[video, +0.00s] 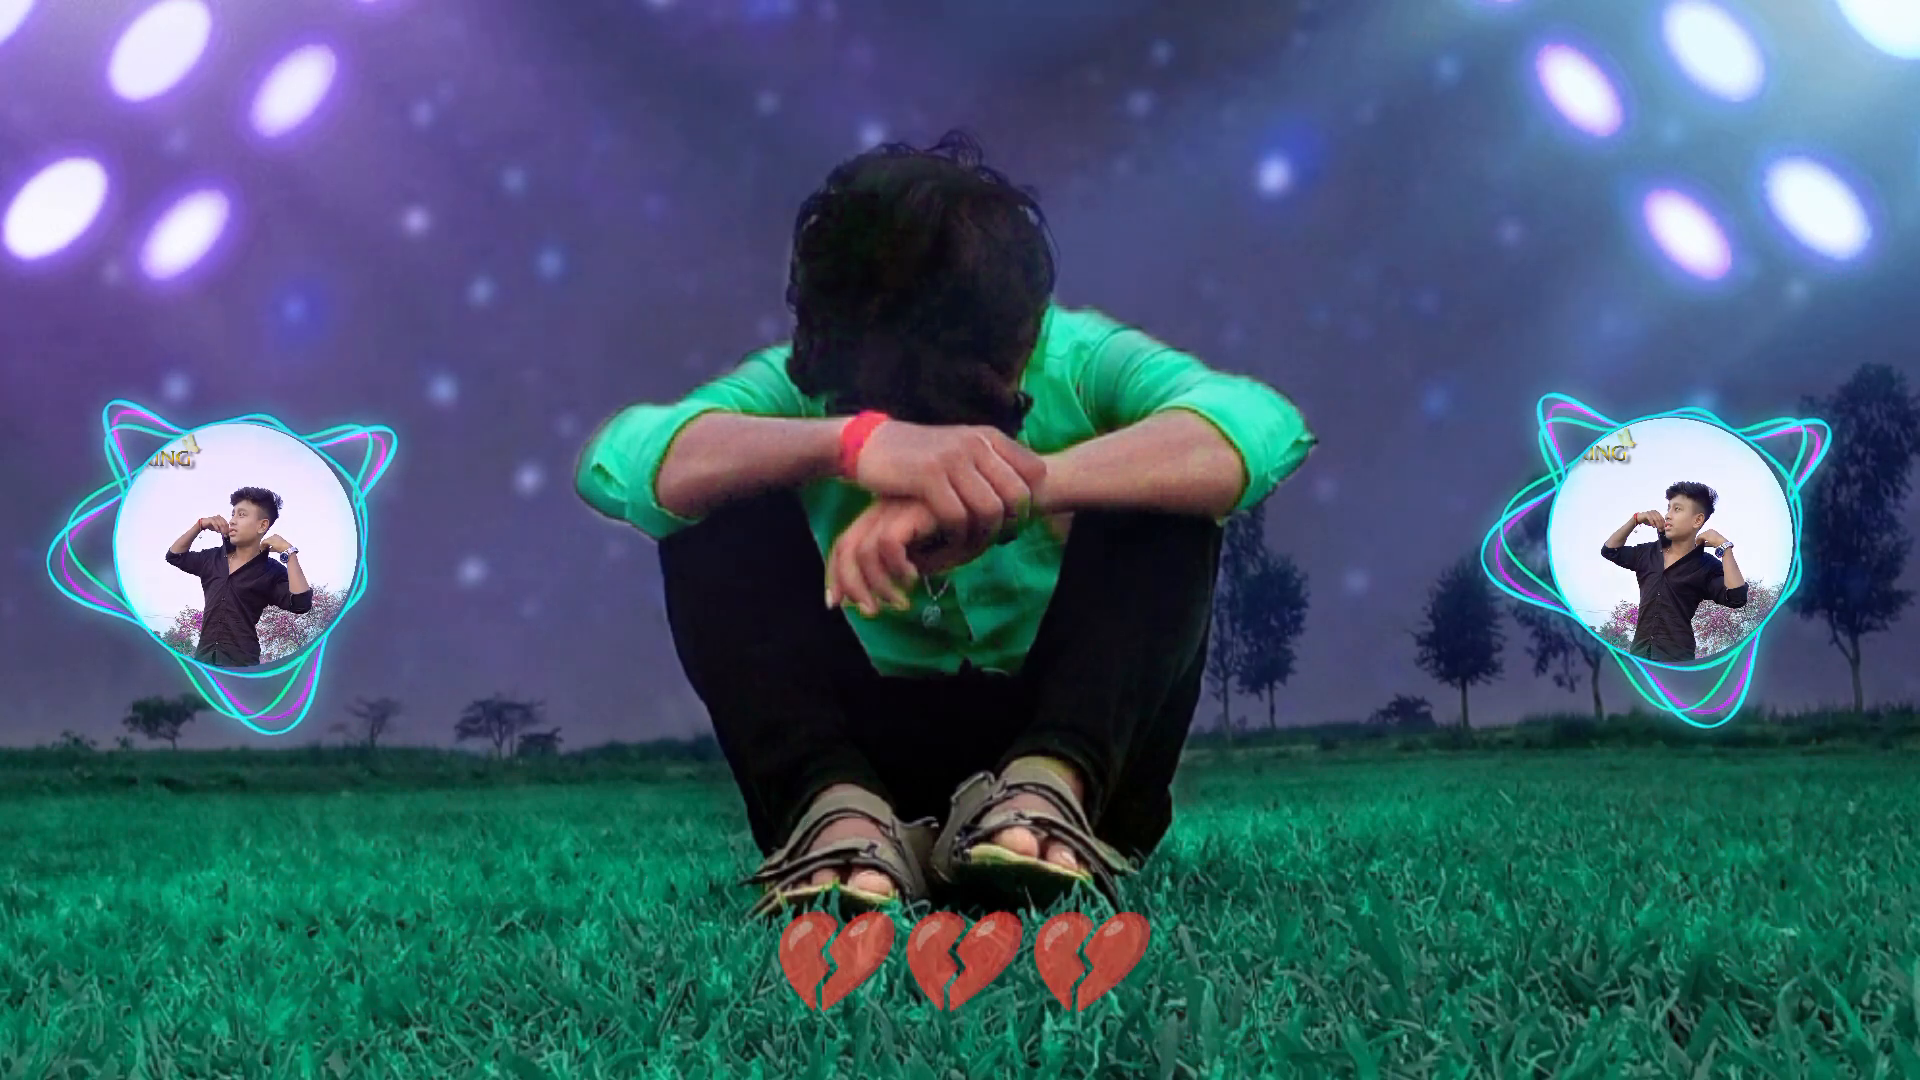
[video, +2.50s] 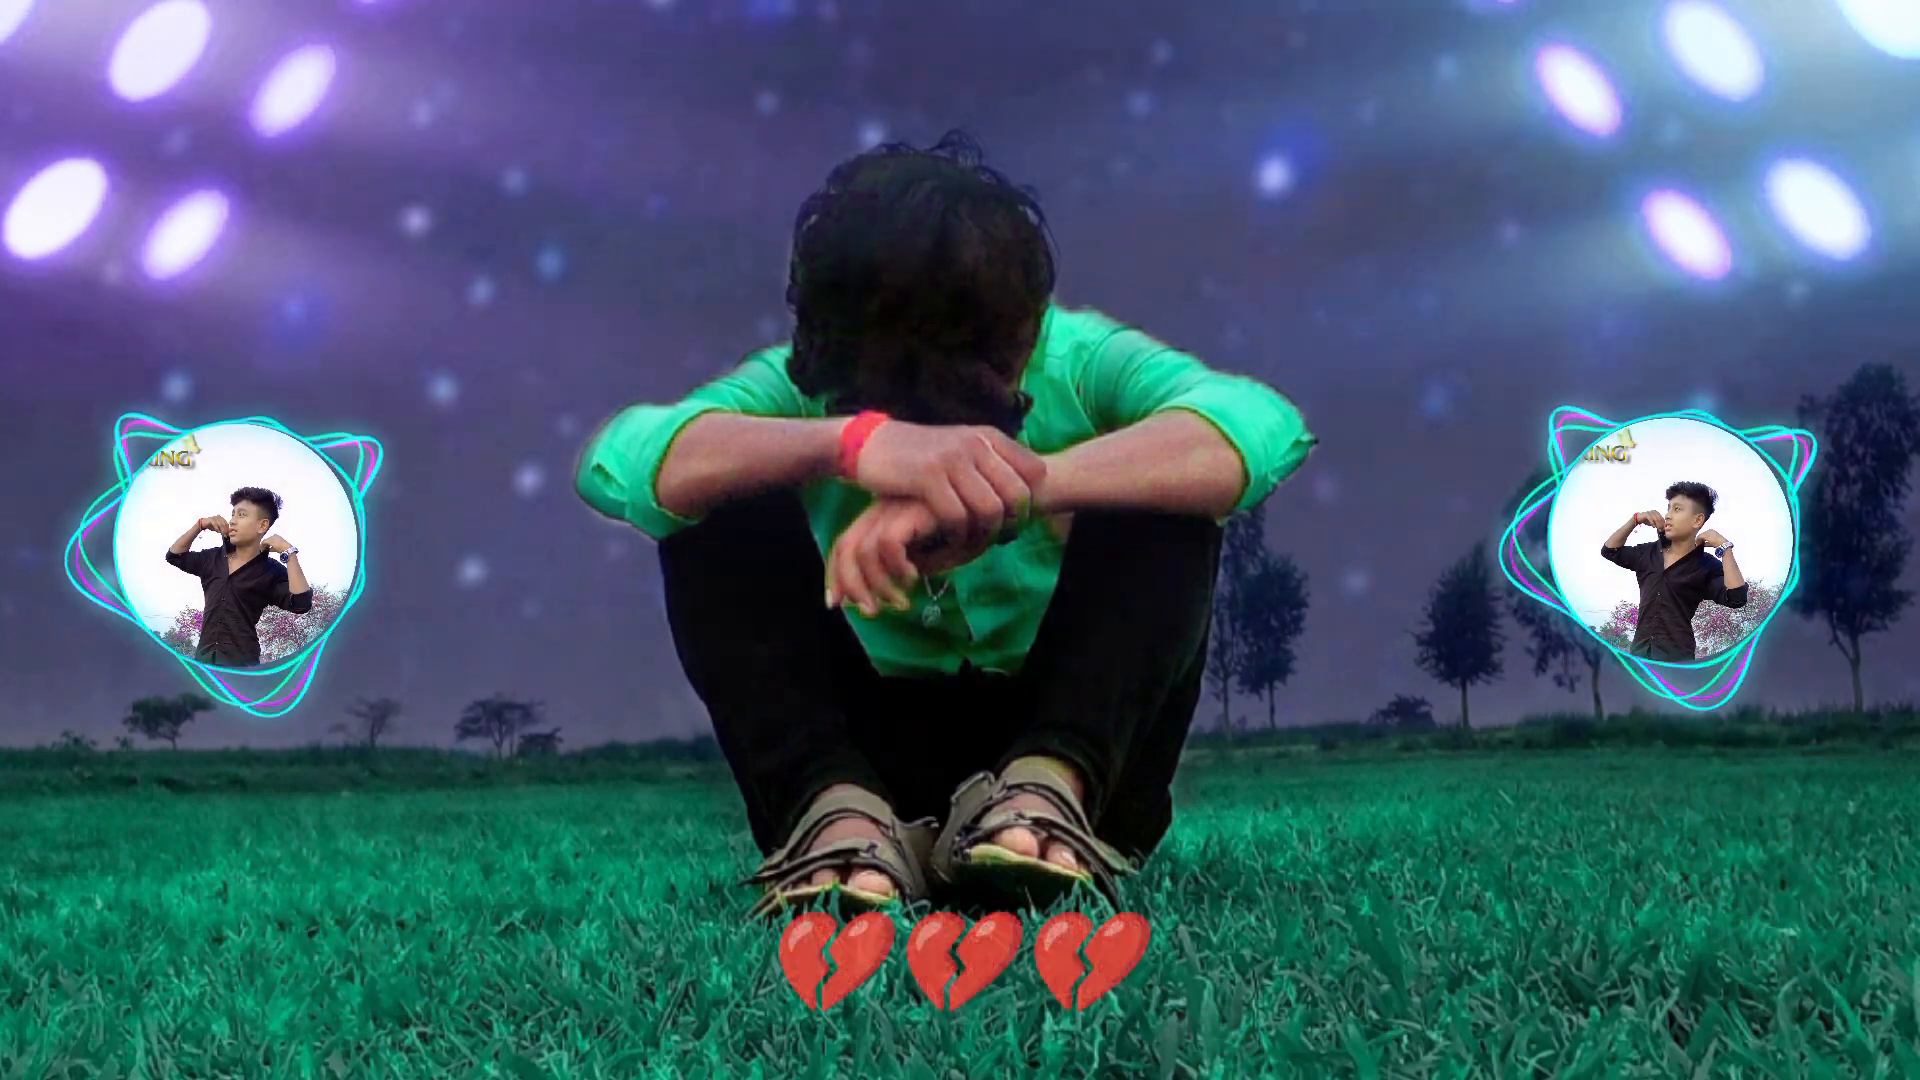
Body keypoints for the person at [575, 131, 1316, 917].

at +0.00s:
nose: (920, 456)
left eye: (956, 418)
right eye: (880, 417)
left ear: (1020, 358)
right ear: (817, 366)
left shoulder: (1078, 356)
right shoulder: (794, 382)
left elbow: (1265, 429)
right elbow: (611, 467)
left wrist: (1001, 491)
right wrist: (852, 446)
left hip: (1058, 745)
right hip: (863, 749)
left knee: (1165, 486)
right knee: (713, 501)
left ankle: (1044, 790)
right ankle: (835, 817)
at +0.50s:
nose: (907, 450)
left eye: (945, 416)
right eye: (866, 408)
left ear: (1019, 358)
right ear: (815, 361)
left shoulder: (1079, 356)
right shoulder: (795, 381)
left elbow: (1265, 429)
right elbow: (612, 467)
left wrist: (999, 491)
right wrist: (852, 446)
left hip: (1059, 746)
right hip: (864, 752)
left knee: (1167, 486)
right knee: (712, 502)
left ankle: (1043, 790)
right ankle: (836, 818)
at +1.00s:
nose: (934, 442)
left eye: (969, 400)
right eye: (901, 409)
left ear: (1020, 346)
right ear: (831, 365)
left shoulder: (1075, 355)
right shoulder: (796, 383)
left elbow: (1265, 429)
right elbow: (612, 467)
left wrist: (1002, 492)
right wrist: (852, 447)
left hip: (1059, 751)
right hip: (864, 758)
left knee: (1166, 489)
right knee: (714, 503)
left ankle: (1043, 791)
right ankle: (836, 819)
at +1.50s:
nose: (915, 454)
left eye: (951, 418)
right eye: (878, 415)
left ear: (1019, 356)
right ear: (817, 365)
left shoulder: (1077, 355)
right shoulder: (795, 382)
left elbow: (1265, 429)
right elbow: (611, 467)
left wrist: (1001, 491)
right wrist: (851, 446)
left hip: (1058, 746)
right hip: (863, 751)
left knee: (1165, 487)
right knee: (713, 501)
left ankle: (1044, 789)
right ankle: (835, 816)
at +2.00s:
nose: (958, 426)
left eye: (993, 381)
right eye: (916, 404)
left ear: (1025, 333)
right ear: (843, 363)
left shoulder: (1075, 355)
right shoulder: (796, 384)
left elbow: (1265, 429)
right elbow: (612, 467)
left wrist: (999, 492)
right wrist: (851, 446)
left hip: (1061, 749)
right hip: (864, 756)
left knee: (1167, 485)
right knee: (711, 502)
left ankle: (1044, 789)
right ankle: (835, 817)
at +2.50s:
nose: (934, 435)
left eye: (971, 396)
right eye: (898, 402)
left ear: (1021, 343)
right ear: (828, 361)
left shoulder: (1075, 355)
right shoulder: (795, 383)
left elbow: (1265, 429)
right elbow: (611, 467)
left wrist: (1000, 491)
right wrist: (850, 446)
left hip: (1064, 752)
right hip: (866, 759)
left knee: (1165, 488)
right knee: (714, 505)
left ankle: (1043, 790)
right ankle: (837, 819)